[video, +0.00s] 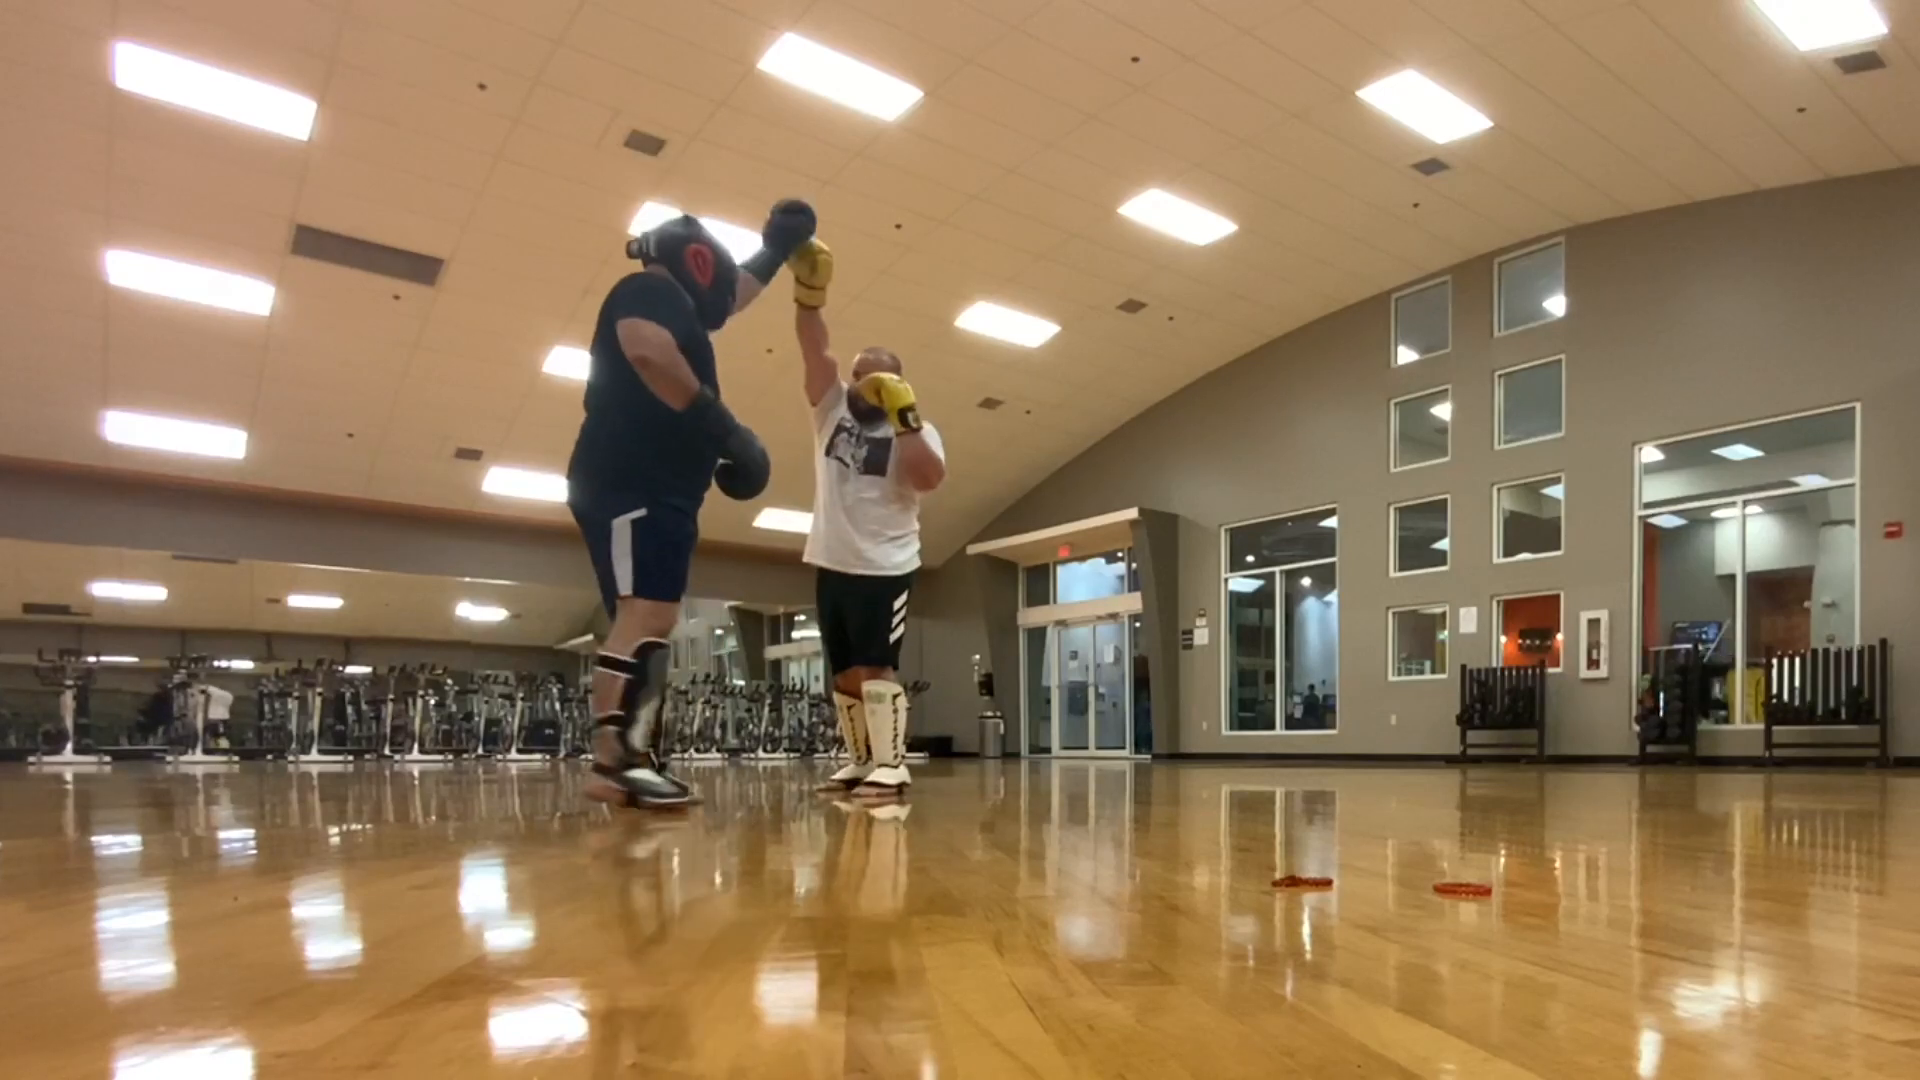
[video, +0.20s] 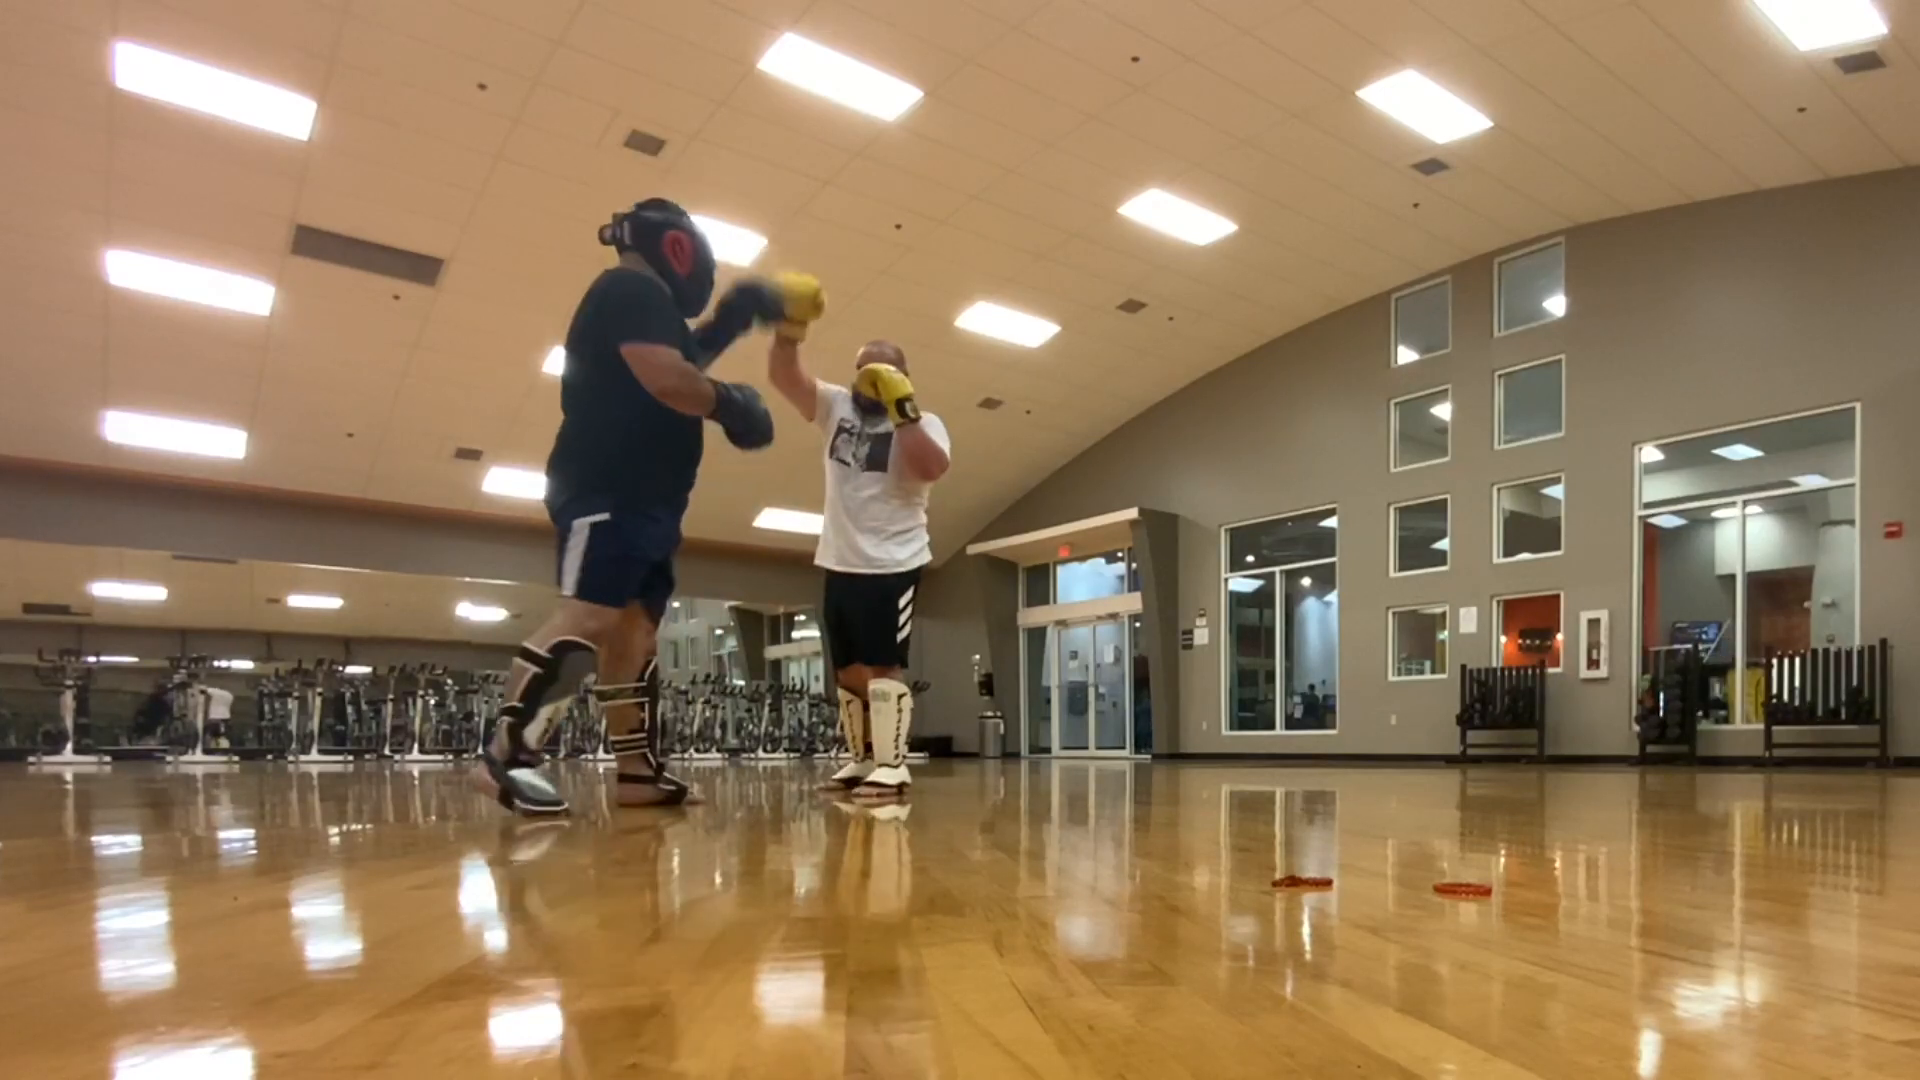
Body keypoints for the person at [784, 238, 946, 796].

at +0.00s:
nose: (856, 374)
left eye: (868, 370)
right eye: (855, 370)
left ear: (894, 381)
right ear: (849, 382)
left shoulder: (916, 429)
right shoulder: (834, 411)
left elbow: (926, 479)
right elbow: (815, 351)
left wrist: (904, 419)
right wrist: (808, 295)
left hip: (884, 562)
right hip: (833, 557)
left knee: (873, 667)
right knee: (842, 668)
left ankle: (889, 768)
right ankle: (859, 761)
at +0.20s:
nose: (870, 370)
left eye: (881, 364)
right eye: (864, 365)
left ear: (902, 377)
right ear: (854, 374)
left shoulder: (921, 424)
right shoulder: (837, 405)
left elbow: (930, 469)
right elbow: (786, 375)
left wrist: (903, 408)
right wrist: (791, 325)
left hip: (892, 561)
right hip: (841, 559)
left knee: (881, 665)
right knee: (846, 668)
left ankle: (892, 770)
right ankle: (862, 760)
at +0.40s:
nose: (866, 375)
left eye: (878, 366)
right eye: (861, 367)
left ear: (897, 378)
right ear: (851, 377)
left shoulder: (912, 422)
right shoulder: (837, 425)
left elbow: (933, 455)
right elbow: (780, 452)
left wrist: (898, 399)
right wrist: (796, 403)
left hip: (893, 561)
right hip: (844, 564)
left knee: (884, 663)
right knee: (850, 668)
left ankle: (892, 771)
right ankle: (876, 763)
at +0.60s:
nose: (851, 384)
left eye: (861, 376)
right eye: (844, 378)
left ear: (880, 383)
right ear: (837, 392)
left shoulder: (897, 420)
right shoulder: (834, 440)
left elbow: (921, 427)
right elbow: (789, 475)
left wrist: (878, 374)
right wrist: (803, 422)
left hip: (892, 551)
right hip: (847, 559)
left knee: (865, 645)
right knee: (863, 655)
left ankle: (888, 755)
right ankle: (882, 756)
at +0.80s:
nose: (851, 381)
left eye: (862, 374)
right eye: (847, 374)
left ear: (882, 384)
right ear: (839, 388)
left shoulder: (895, 424)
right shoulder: (838, 442)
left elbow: (888, 371)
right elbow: (793, 479)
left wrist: (845, 319)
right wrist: (806, 424)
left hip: (883, 550)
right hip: (845, 558)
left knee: (861, 654)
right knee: (856, 660)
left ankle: (882, 759)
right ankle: (878, 760)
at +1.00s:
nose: (848, 381)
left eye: (859, 375)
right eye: (844, 374)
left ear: (877, 384)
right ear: (836, 386)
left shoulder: (890, 422)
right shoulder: (835, 441)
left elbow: (879, 366)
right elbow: (791, 478)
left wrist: (836, 315)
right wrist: (804, 423)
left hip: (878, 548)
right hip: (842, 556)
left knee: (863, 657)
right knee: (856, 662)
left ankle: (882, 762)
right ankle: (880, 760)